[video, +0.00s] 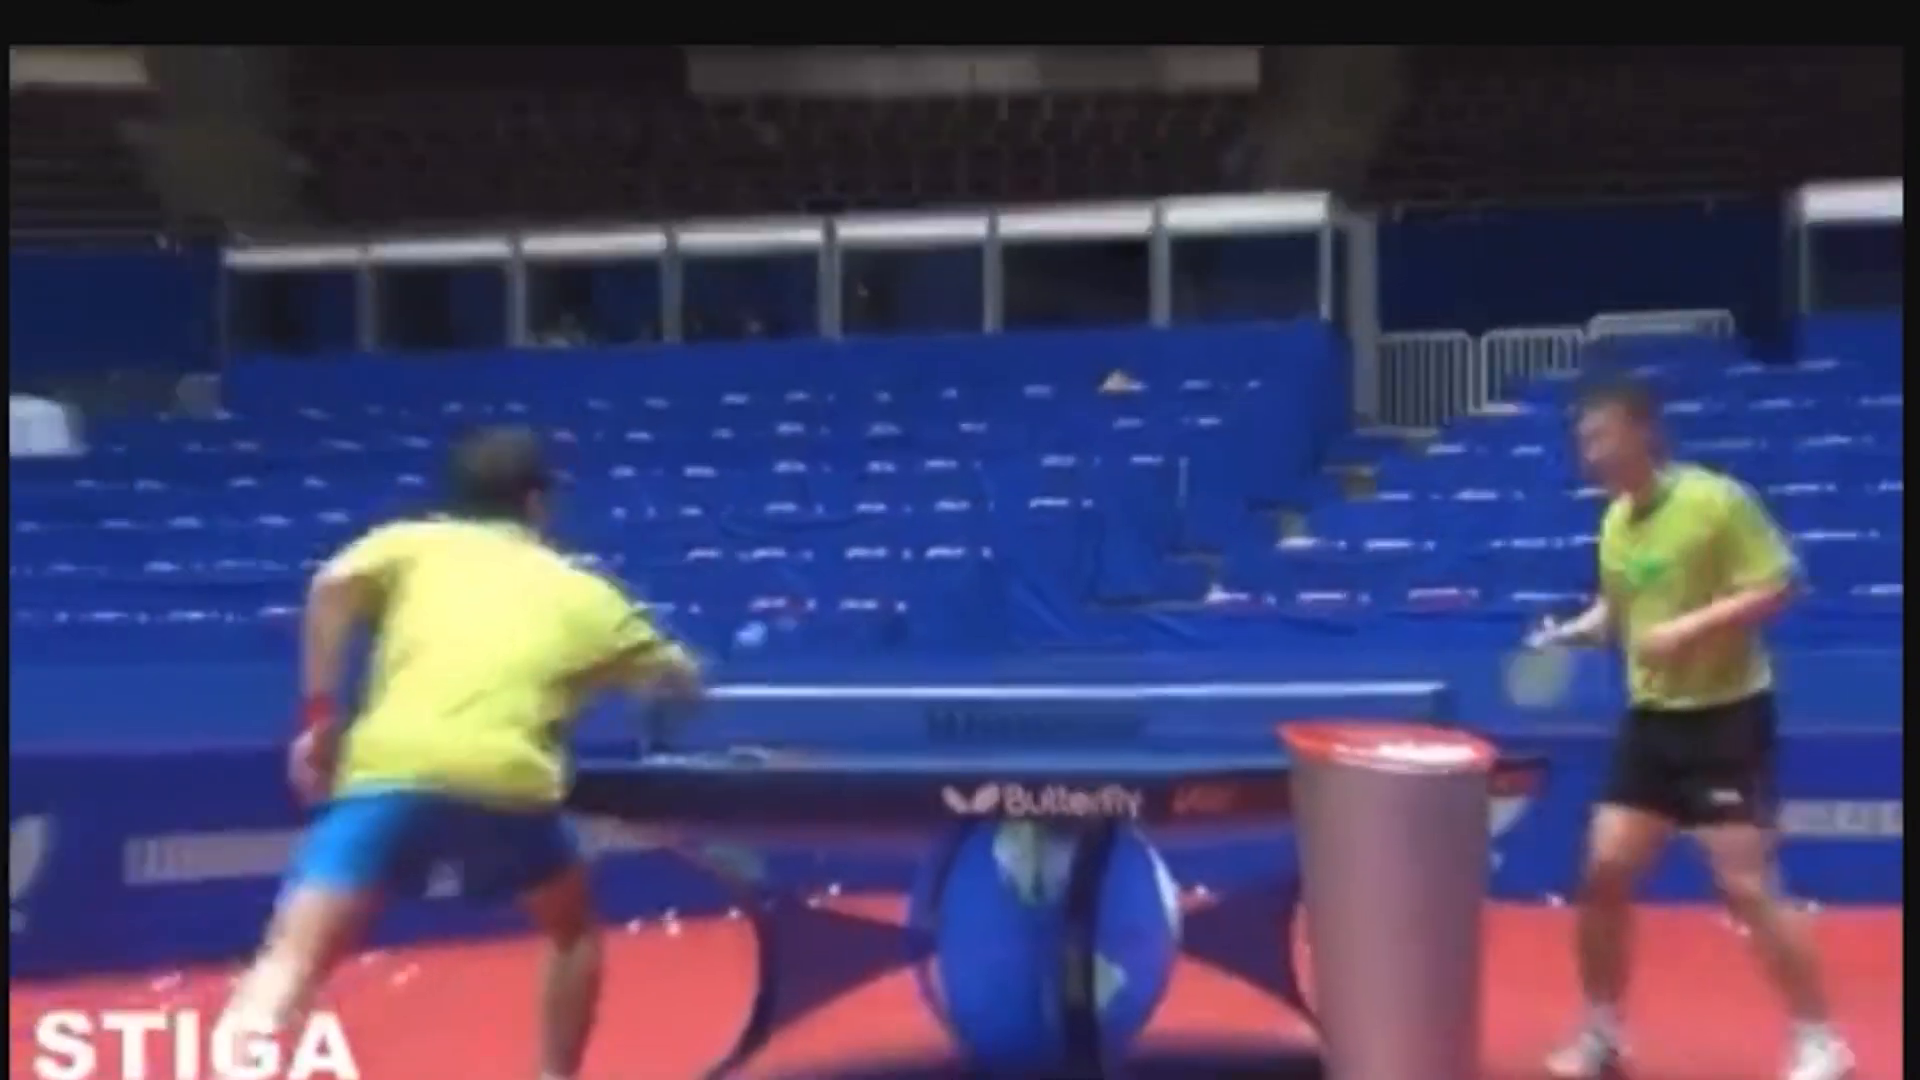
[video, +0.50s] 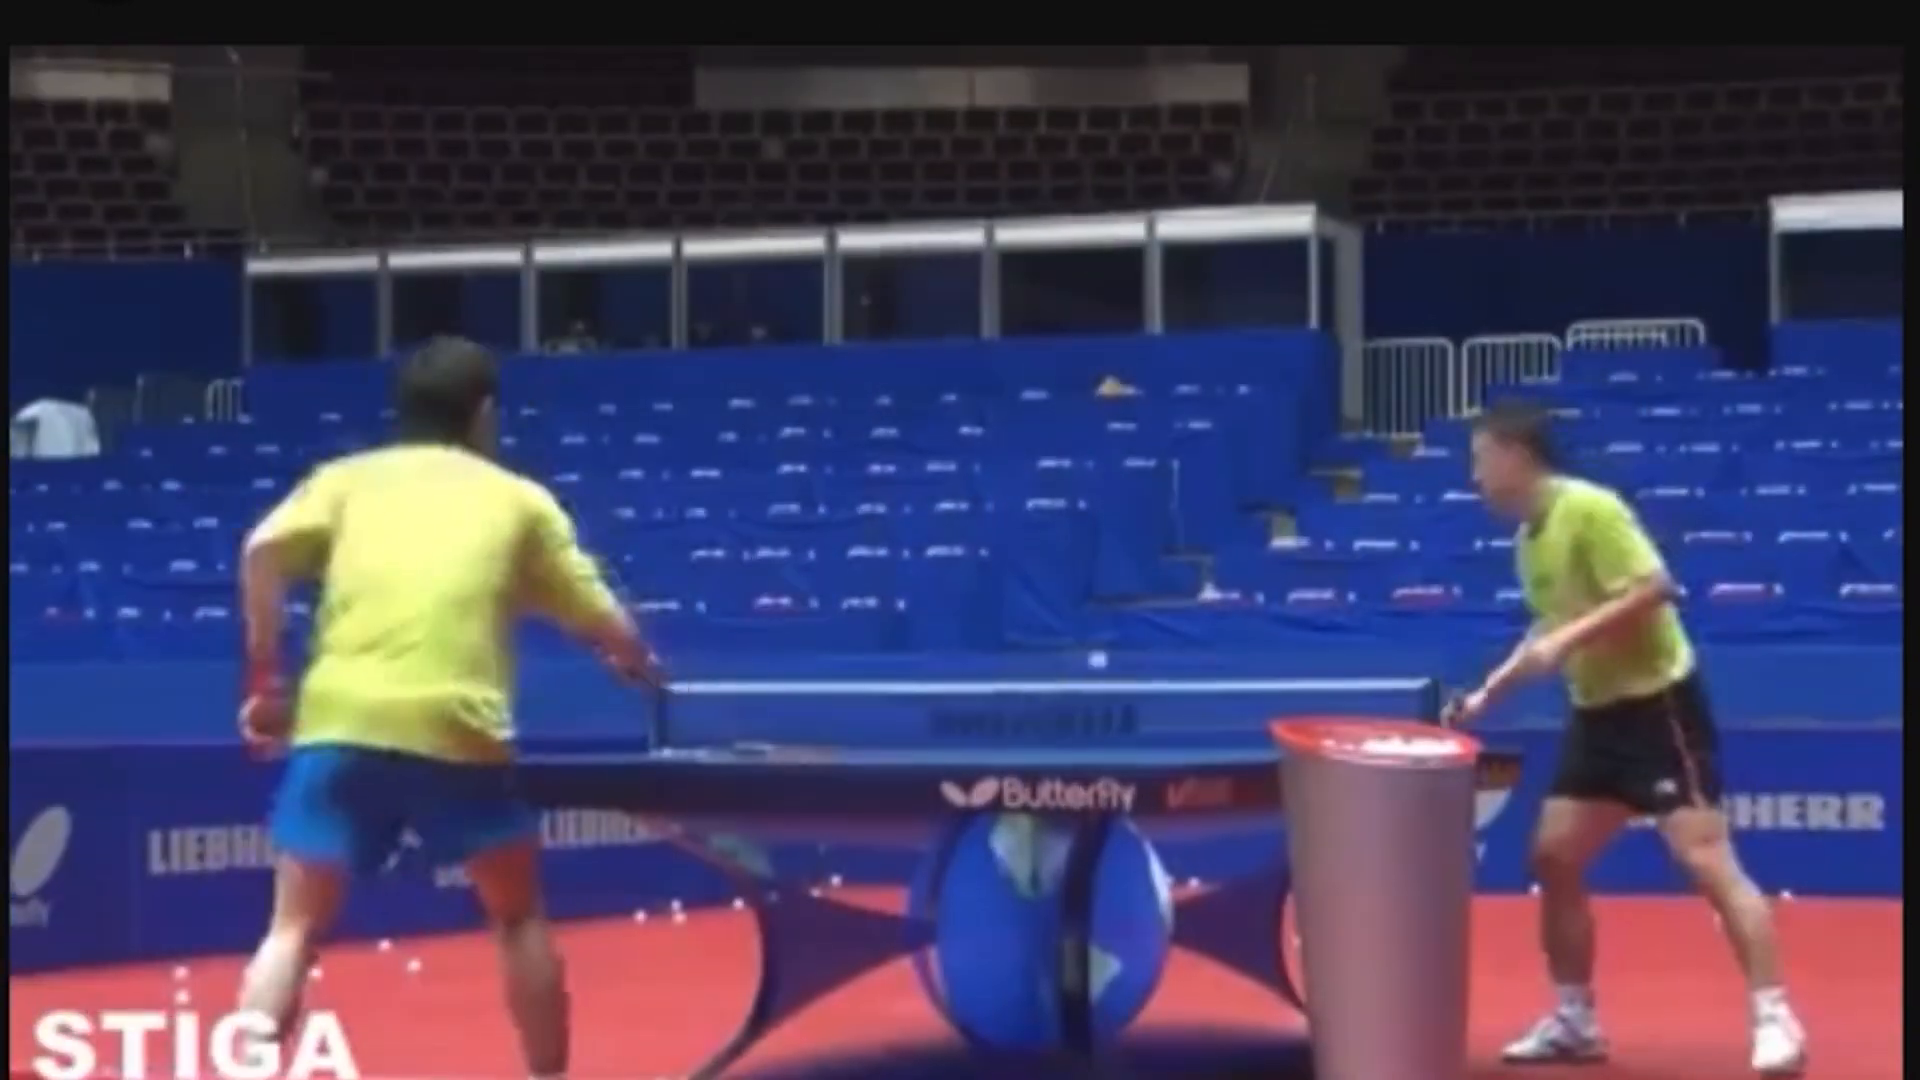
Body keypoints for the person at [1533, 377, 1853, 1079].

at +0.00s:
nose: (1591, 455)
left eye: (1601, 438)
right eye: (1585, 441)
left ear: (1644, 435)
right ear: (1588, 449)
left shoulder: (1715, 501)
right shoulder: (1615, 520)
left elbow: (1777, 580)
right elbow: (1622, 606)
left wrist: (1688, 627)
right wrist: (1578, 630)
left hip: (1726, 715)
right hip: (1652, 715)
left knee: (1746, 887)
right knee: (1606, 866)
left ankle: (1817, 1037)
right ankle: (1602, 1030)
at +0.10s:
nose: (1567, 471)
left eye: (1576, 455)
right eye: (1562, 458)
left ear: (1619, 451)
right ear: (1576, 463)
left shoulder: (1679, 510)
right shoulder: (1612, 529)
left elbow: (1745, 588)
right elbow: (1634, 614)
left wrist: (1652, 639)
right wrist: (1565, 642)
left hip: (1715, 713)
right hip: (1650, 711)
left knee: (1721, 880)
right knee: (1587, 862)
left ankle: (1799, 1030)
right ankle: (1585, 1020)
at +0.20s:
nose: (1553, 472)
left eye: (1561, 455)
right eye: (1550, 458)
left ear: (1605, 450)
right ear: (1578, 459)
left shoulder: (1663, 508)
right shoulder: (1610, 525)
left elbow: (1720, 585)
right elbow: (1635, 620)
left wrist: (1629, 630)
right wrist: (1562, 650)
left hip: (1709, 713)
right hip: (1647, 713)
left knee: (1716, 880)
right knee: (1581, 853)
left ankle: (1796, 1028)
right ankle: (1580, 1018)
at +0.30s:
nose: (1526, 474)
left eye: (1535, 458)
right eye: (1525, 459)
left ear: (1575, 452)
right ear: (1563, 457)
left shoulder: (1637, 509)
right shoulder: (1589, 531)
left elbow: (1692, 587)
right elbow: (1616, 628)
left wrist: (1598, 635)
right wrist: (1539, 656)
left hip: (1694, 710)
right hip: (1635, 712)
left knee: (1712, 877)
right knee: (1574, 862)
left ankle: (1794, 1027)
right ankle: (1573, 1018)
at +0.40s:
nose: (1500, 478)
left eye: (1508, 462)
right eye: (1499, 463)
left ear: (1544, 460)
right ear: (1535, 466)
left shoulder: (1607, 513)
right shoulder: (1562, 535)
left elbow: (1667, 590)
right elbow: (1588, 631)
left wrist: (1579, 643)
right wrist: (1511, 671)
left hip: (1677, 711)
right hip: (1619, 718)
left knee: (1707, 871)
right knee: (1562, 859)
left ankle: (1789, 1024)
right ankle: (1575, 1021)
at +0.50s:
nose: (1476, 475)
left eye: (1484, 457)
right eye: (1475, 460)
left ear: (1522, 456)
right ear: (1510, 462)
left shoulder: (1590, 509)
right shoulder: (1530, 538)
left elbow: (1653, 585)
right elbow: (1550, 635)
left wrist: (1566, 638)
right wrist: (1486, 694)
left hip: (1661, 702)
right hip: (1599, 713)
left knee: (1705, 857)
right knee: (1555, 856)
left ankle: (1772, 1013)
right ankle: (1574, 1018)